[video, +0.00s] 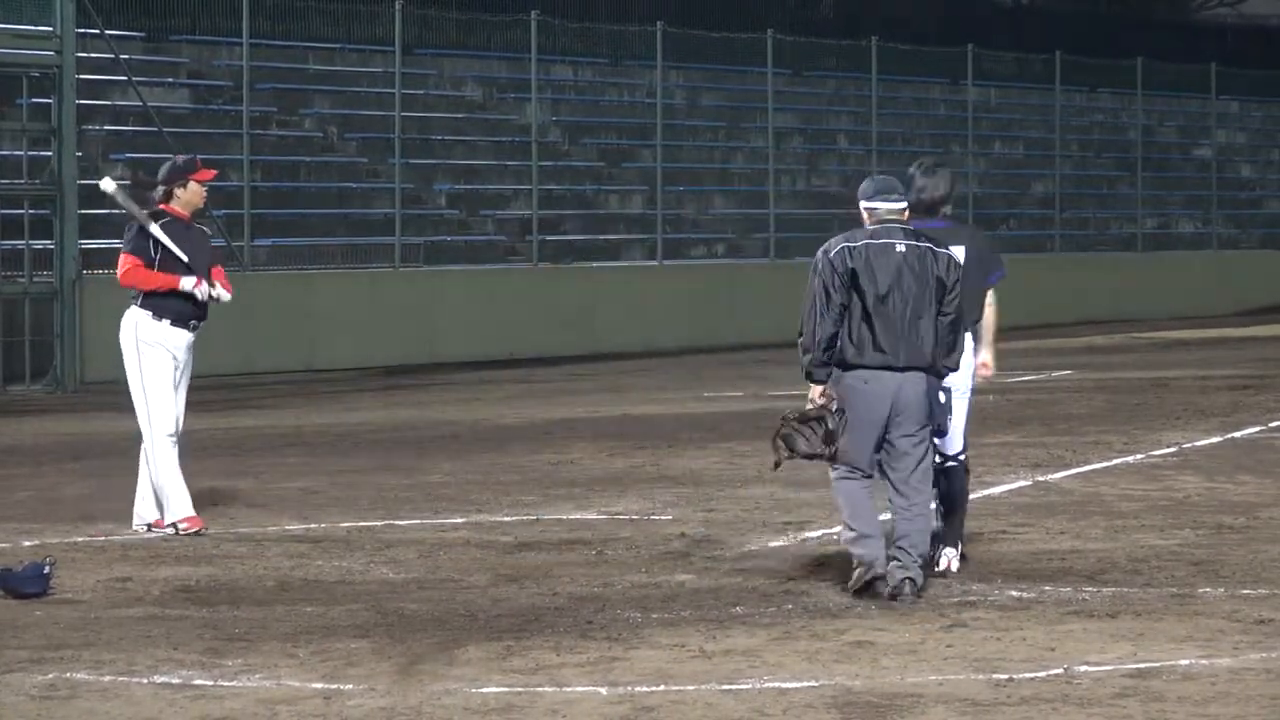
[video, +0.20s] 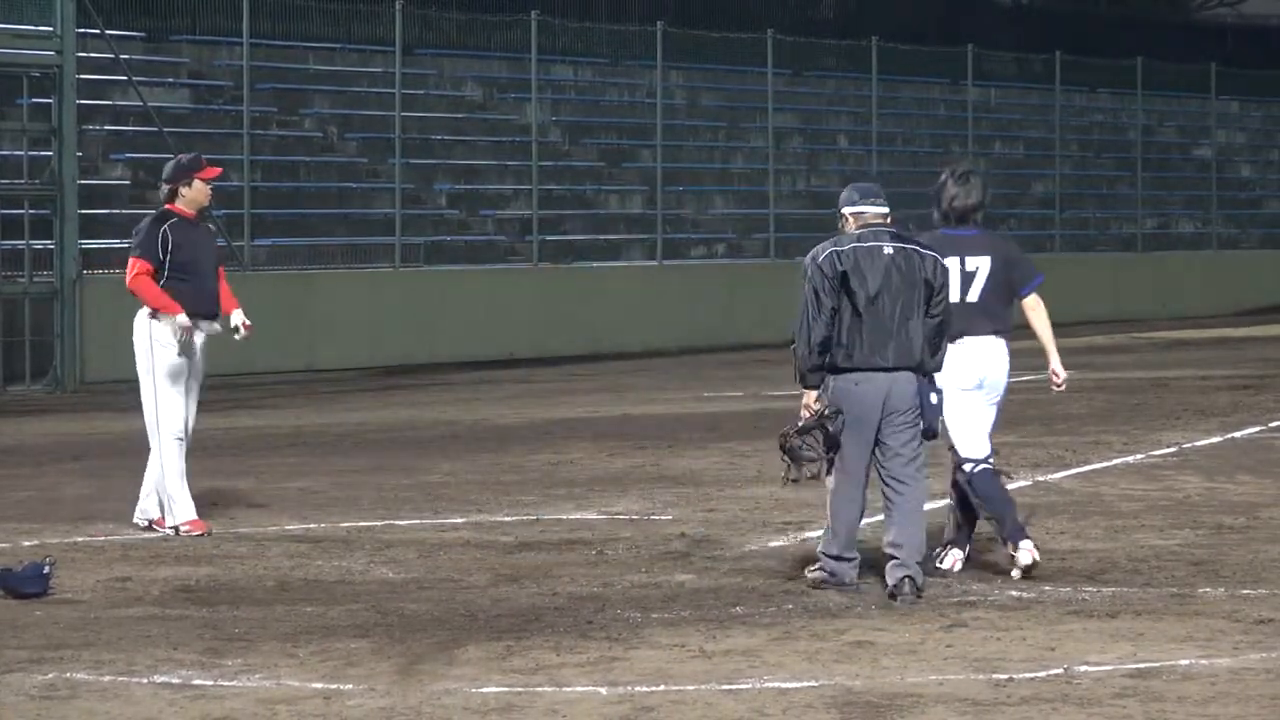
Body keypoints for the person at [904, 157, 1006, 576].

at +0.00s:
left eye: (913, 194)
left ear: (910, 197)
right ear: (948, 196)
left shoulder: (896, 241)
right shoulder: (973, 240)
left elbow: (884, 302)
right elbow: (988, 299)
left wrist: (886, 348)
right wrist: (986, 350)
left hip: (906, 356)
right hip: (957, 355)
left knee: (914, 449)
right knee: (952, 450)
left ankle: (919, 538)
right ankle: (951, 543)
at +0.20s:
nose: (941, 204)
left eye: (941, 198)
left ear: (940, 203)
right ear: (980, 203)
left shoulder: (924, 248)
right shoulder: (1001, 247)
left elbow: (908, 307)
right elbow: (1033, 302)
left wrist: (908, 357)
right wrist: (1054, 357)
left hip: (950, 355)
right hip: (996, 354)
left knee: (973, 457)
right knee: (967, 450)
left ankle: (1018, 541)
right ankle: (957, 543)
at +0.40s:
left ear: (959, 206)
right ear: (1000, 206)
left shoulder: (945, 252)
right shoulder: (1024, 249)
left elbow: (939, 316)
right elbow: (1048, 308)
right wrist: (1066, 365)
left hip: (974, 357)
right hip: (1019, 354)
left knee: (998, 455)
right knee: (987, 449)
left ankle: (1031, 555)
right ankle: (971, 545)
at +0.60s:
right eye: (1013, 202)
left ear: (972, 206)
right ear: (1012, 207)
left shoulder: (954, 251)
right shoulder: (1036, 247)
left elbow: (959, 320)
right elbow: (1054, 308)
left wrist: (990, 333)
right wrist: (1070, 366)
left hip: (981, 358)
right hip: (1027, 355)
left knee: (1003, 456)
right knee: (998, 451)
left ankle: (1032, 554)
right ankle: (977, 546)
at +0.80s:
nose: (1016, 210)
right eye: (1016, 204)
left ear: (974, 207)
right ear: (1014, 208)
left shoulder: (956, 252)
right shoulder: (1037, 248)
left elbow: (962, 321)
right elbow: (1061, 308)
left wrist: (984, 350)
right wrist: (1083, 365)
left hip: (981, 359)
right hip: (1027, 356)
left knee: (1001, 459)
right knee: (997, 452)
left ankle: (1032, 556)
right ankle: (978, 547)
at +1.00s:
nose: (1015, 208)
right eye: (1014, 202)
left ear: (972, 204)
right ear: (1012, 206)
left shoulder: (955, 249)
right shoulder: (1035, 247)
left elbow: (952, 319)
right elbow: (1058, 307)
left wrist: (981, 336)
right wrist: (1079, 364)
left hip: (978, 357)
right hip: (1023, 355)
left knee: (996, 460)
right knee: (994, 453)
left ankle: (1029, 555)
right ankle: (979, 547)